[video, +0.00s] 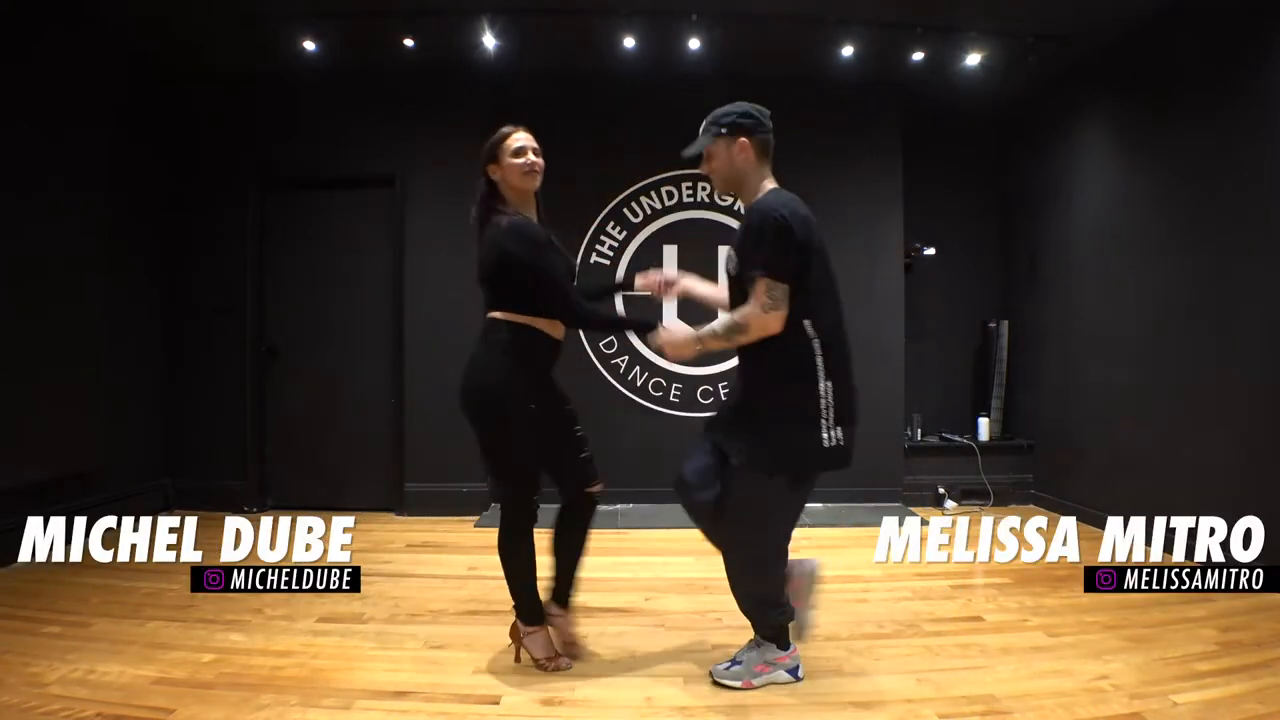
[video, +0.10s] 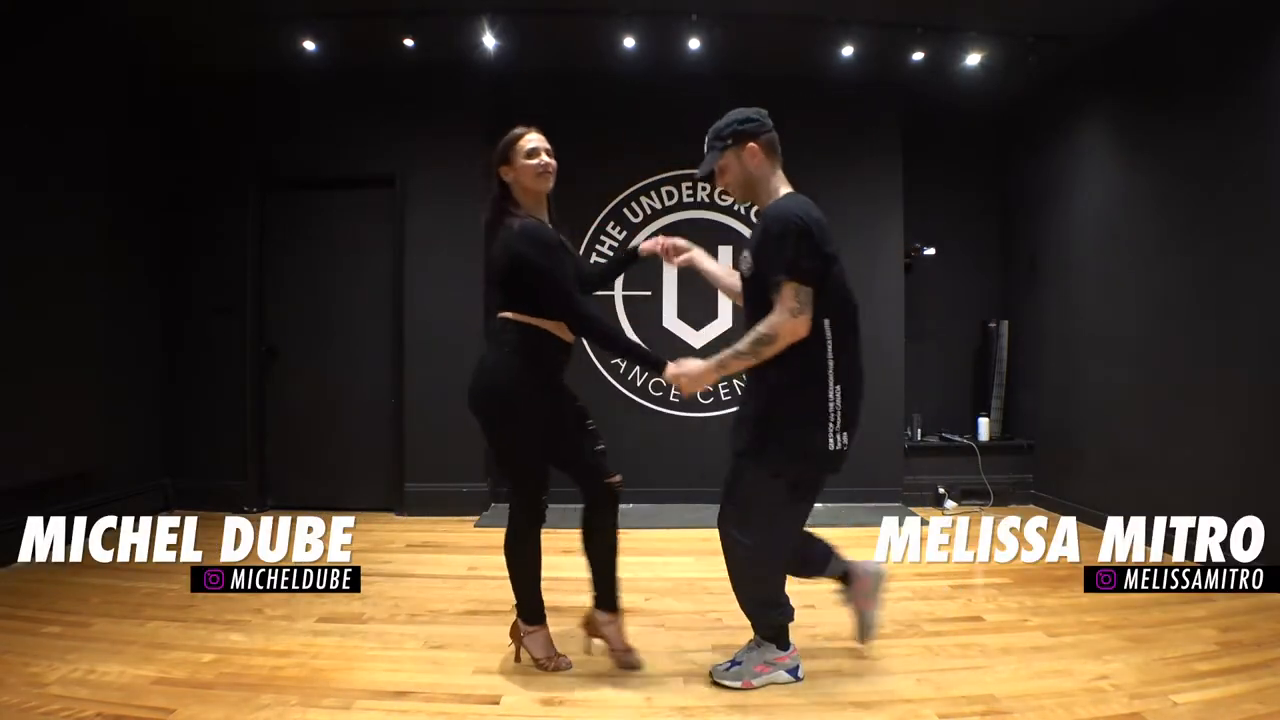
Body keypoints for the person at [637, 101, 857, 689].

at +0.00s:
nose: (705, 169)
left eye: (710, 155)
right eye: (704, 158)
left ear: (743, 147)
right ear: (745, 149)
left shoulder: (776, 216)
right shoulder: (763, 215)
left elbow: (770, 317)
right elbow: (752, 308)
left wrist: (695, 341)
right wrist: (688, 285)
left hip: (793, 411)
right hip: (763, 402)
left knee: (753, 528)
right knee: (697, 484)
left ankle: (774, 647)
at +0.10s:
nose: (718, 180)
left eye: (720, 166)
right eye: (714, 169)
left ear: (753, 151)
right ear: (751, 155)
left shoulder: (791, 220)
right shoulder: (777, 219)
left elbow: (792, 322)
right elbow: (757, 297)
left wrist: (710, 368)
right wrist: (697, 260)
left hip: (800, 410)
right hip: (783, 405)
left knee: (750, 525)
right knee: (748, 521)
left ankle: (773, 649)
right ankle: (853, 576)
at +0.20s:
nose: (726, 187)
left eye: (728, 172)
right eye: (723, 176)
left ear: (758, 157)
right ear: (761, 162)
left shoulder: (804, 221)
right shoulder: (784, 224)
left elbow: (814, 321)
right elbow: (761, 296)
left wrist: (728, 367)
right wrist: (708, 255)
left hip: (805, 414)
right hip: (794, 410)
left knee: (746, 519)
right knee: (804, 520)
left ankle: (772, 648)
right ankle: (908, 589)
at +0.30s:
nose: (740, 192)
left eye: (741, 176)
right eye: (735, 182)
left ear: (772, 160)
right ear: (771, 166)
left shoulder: (828, 220)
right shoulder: (788, 232)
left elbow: (840, 307)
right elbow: (781, 303)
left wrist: (754, 315)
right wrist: (722, 279)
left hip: (822, 408)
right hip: (808, 406)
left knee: (750, 509)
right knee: (859, 508)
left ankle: (772, 642)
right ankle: (940, 608)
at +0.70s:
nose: (729, 180)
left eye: (730, 166)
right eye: (724, 170)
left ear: (761, 147)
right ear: (757, 152)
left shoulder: (819, 206)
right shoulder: (784, 220)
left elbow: (813, 297)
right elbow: (764, 310)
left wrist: (736, 277)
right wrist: (695, 343)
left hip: (821, 395)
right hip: (794, 395)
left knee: (789, 519)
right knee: (790, 515)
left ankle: (839, 641)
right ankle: (883, 582)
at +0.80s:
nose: (709, 168)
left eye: (711, 154)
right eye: (705, 157)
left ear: (745, 139)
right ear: (740, 143)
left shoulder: (791, 201)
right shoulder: (767, 205)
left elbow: (787, 298)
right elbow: (753, 286)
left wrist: (723, 329)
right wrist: (675, 280)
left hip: (814, 386)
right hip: (782, 382)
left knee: (807, 505)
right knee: (745, 495)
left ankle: (845, 644)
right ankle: (809, 602)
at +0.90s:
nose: (695, 160)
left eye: (698, 146)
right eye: (692, 149)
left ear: (731, 134)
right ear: (727, 138)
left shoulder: (771, 196)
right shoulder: (750, 200)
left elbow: (775, 296)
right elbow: (734, 274)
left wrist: (707, 351)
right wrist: (666, 248)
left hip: (802, 386)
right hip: (764, 383)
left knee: (807, 508)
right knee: (737, 500)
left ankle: (844, 641)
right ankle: (745, 624)